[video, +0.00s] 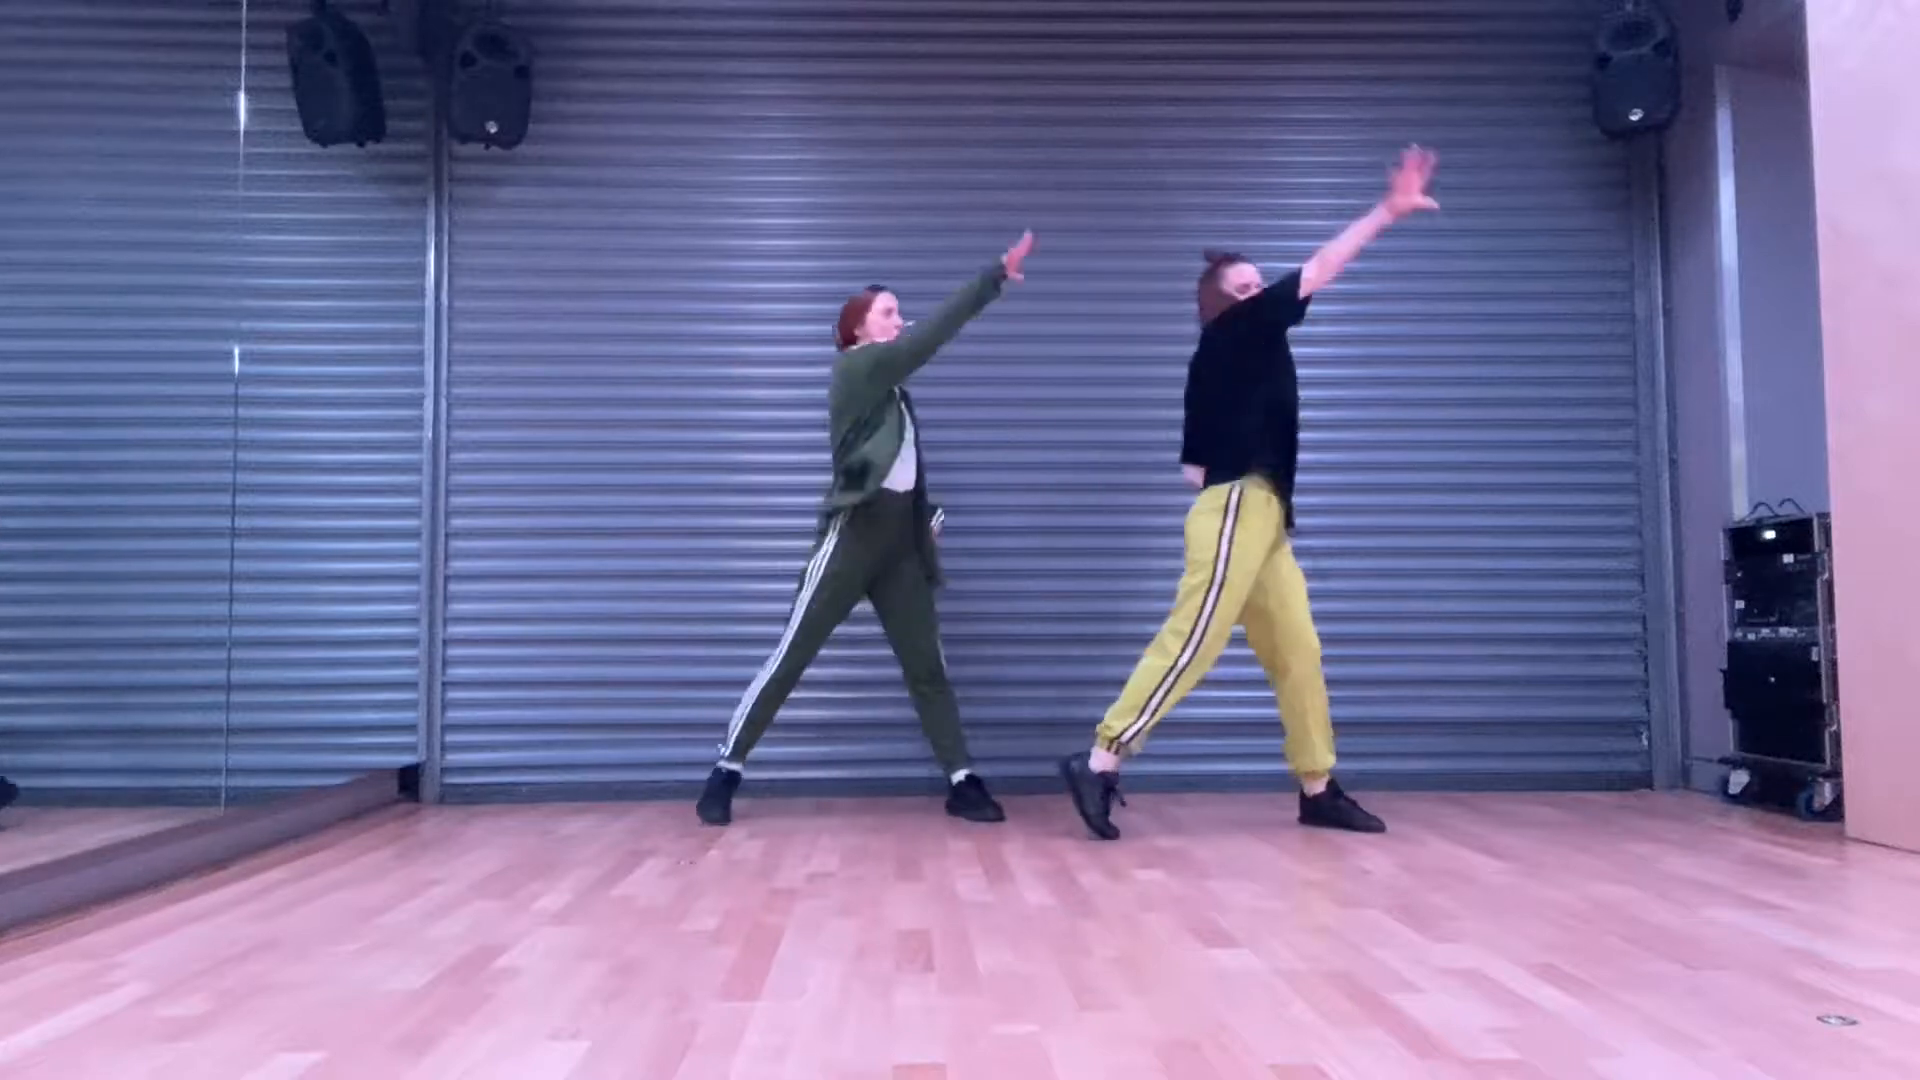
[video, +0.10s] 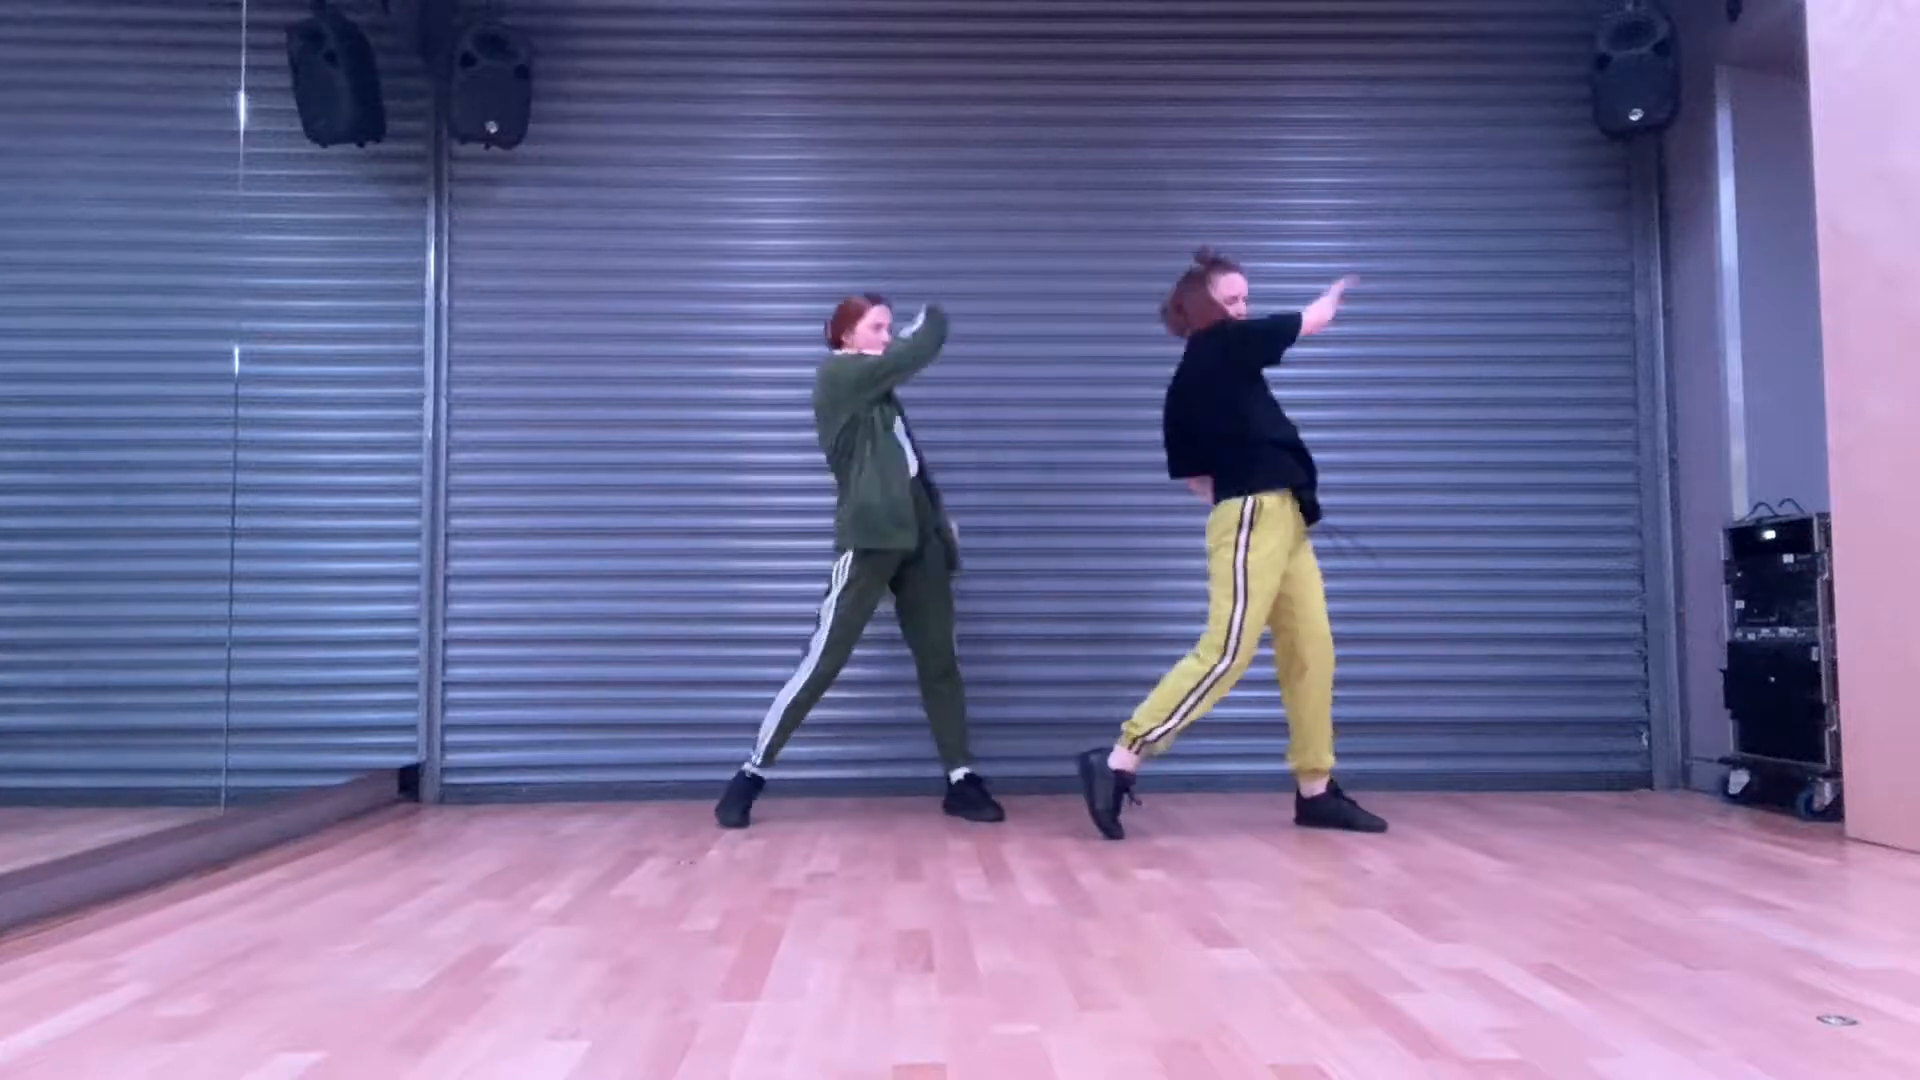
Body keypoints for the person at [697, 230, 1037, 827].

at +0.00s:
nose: (900, 322)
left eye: (899, 315)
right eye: (888, 314)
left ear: (887, 326)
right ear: (857, 327)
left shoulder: (891, 380)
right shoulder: (854, 367)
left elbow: (900, 466)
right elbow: (925, 337)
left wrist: (925, 517)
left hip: (902, 533)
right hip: (854, 528)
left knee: (927, 667)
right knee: (793, 654)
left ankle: (961, 780)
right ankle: (727, 770)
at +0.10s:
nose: (888, 337)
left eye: (889, 329)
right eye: (878, 328)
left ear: (881, 334)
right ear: (847, 334)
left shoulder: (881, 387)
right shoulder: (836, 375)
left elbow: (909, 468)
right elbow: (906, 356)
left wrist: (938, 523)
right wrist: (930, 318)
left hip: (921, 536)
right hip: (870, 537)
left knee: (939, 663)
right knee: (823, 662)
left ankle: (961, 779)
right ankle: (750, 777)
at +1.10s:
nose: (823, 371)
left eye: (835, 362)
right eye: (818, 363)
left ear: (862, 372)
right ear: (813, 374)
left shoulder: (887, 435)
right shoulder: (811, 437)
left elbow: (921, 510)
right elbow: (805, 521)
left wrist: (943, 538)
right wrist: (743, 551)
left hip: (894, 581)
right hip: (836, 582)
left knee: (911, 696)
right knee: (755, 664)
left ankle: (963, 785)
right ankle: (746, 788)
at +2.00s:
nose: (733, 363)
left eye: (741, 352)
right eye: (727, 355)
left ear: (773, 354)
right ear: (728, 363)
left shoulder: (812, 404)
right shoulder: (747, 415)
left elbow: (839, 481)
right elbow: (755, 493)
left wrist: (822, 521)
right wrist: (718, 526)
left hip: (789, 562)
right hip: (740, 565)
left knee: (808, 680)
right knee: (710, 673)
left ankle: (906, 752)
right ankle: (761, 788)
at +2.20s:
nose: (727, 369)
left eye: (738, 359)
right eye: (721, 360)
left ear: (766, 366)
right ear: (718, 368)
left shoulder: (790, 414)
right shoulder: (717, 432)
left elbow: (809, 486)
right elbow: (692, 518)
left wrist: (776, 546)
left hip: (797, 559)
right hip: (745, 561)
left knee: (726, 671)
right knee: (706, 675)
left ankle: (784, 778)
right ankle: (754, 783)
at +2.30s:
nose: (718, 356)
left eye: (730, 348)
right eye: (716, 348)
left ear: (759, 359)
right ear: (714, 360)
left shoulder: (782, 406)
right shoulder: (714, 430)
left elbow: (822, 478)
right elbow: (710, 509)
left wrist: (796, 494)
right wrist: (668, 535)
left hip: (795, 569)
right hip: (743, 571)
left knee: (748, 678)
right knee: (708, 675)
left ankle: (790, 787)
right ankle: (755, 786)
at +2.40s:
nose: (721, 326)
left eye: (733, 317)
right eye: (718, 318)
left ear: (763, 326)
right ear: (719, 329)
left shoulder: (787, 378)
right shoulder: (730, 379)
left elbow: (851, 417)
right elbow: (753, 440)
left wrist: (847, 458)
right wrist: (717, 446)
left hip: (796, 526)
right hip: (740, 527)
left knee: (787, 649)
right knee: (718, 652)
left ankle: (794, 768)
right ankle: (749, 770)